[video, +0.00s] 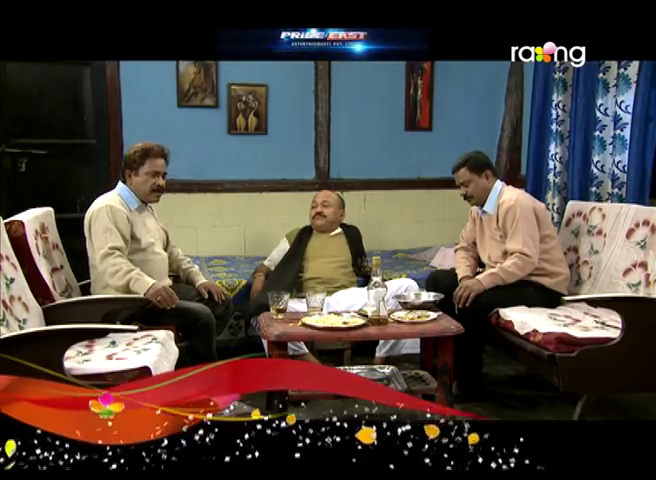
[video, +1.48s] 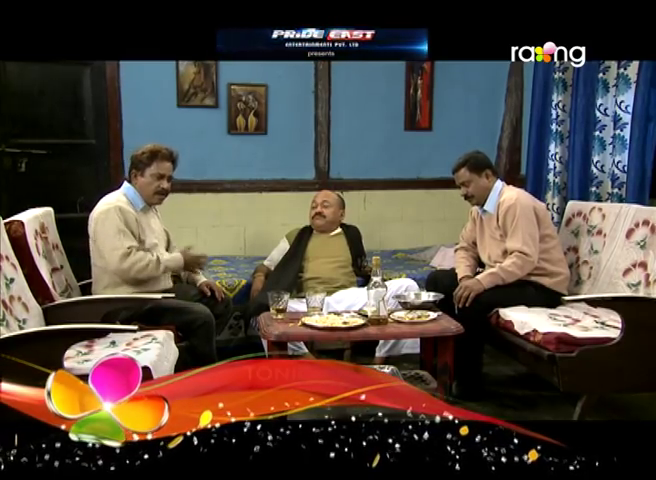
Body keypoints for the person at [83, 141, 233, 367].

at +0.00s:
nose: (160, 183)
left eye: (163, 176)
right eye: (153, 175)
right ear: (130, 175)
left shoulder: (145, 210)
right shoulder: (108, 208)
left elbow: (171, 253)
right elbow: (110, 263)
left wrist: (200, 280)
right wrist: (147, 286)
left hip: (160, 292)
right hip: (127, 303)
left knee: (220, 303)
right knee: (201, 317)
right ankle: (205, 385)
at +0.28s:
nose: (155, 180)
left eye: (157, 174)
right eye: (146, 174)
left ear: (160, 174)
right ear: (124, 176)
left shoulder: (142, 210)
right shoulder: (104, 209)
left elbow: (169, 253)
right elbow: (108, 266)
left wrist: (199, 280)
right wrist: (148, 286)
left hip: (159, 292)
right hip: (126, 304)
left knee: (219, 302)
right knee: (201, 317)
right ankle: (206, 383)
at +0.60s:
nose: (147, 180)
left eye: (151, 173)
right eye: (138, 173)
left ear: (155, 174)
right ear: (118, 176)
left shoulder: (143, 210)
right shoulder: (100, 211)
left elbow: (169, 253)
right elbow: (107, 267)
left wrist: (199, 279)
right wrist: (147, 286)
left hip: (160, 291)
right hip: (126, 303)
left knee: (219, 302)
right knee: (201, 317)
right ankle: (206, 383)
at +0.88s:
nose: (153, 185)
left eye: (157, 179)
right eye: (145, 177)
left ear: (161, 180)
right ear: (124, 177)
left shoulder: (143, 211)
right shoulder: (102, 211)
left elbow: (169, 253)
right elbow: (107, 267)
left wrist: (199, 279)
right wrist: (147, 286)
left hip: (159, 292)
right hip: (127, 303)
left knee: (218, 302)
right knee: (201, 317)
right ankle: (205, 382)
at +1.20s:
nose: (159, 185)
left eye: (163, 179)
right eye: (152, 177)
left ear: (168, 181)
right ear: (131, 175)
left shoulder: (146, 211)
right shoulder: (107, 209)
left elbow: (170, 253)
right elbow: (113, 268)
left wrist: (199, 279)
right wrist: (163, 282)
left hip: (153, 300)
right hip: (125, 307)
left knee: (218, 302)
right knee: (200, 317)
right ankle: (205, 387)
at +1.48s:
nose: (165, 186)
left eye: (169, 179)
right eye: (158, 178)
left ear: (172, 180)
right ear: (136, 176)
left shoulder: (148, 211)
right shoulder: (112, 210)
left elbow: (170, 257)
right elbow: (128, 266)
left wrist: (200, 280)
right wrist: (178, 261)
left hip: (158, 295)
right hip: (127, 304)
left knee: (219, 303)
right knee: (200, 317)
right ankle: (206, 384)